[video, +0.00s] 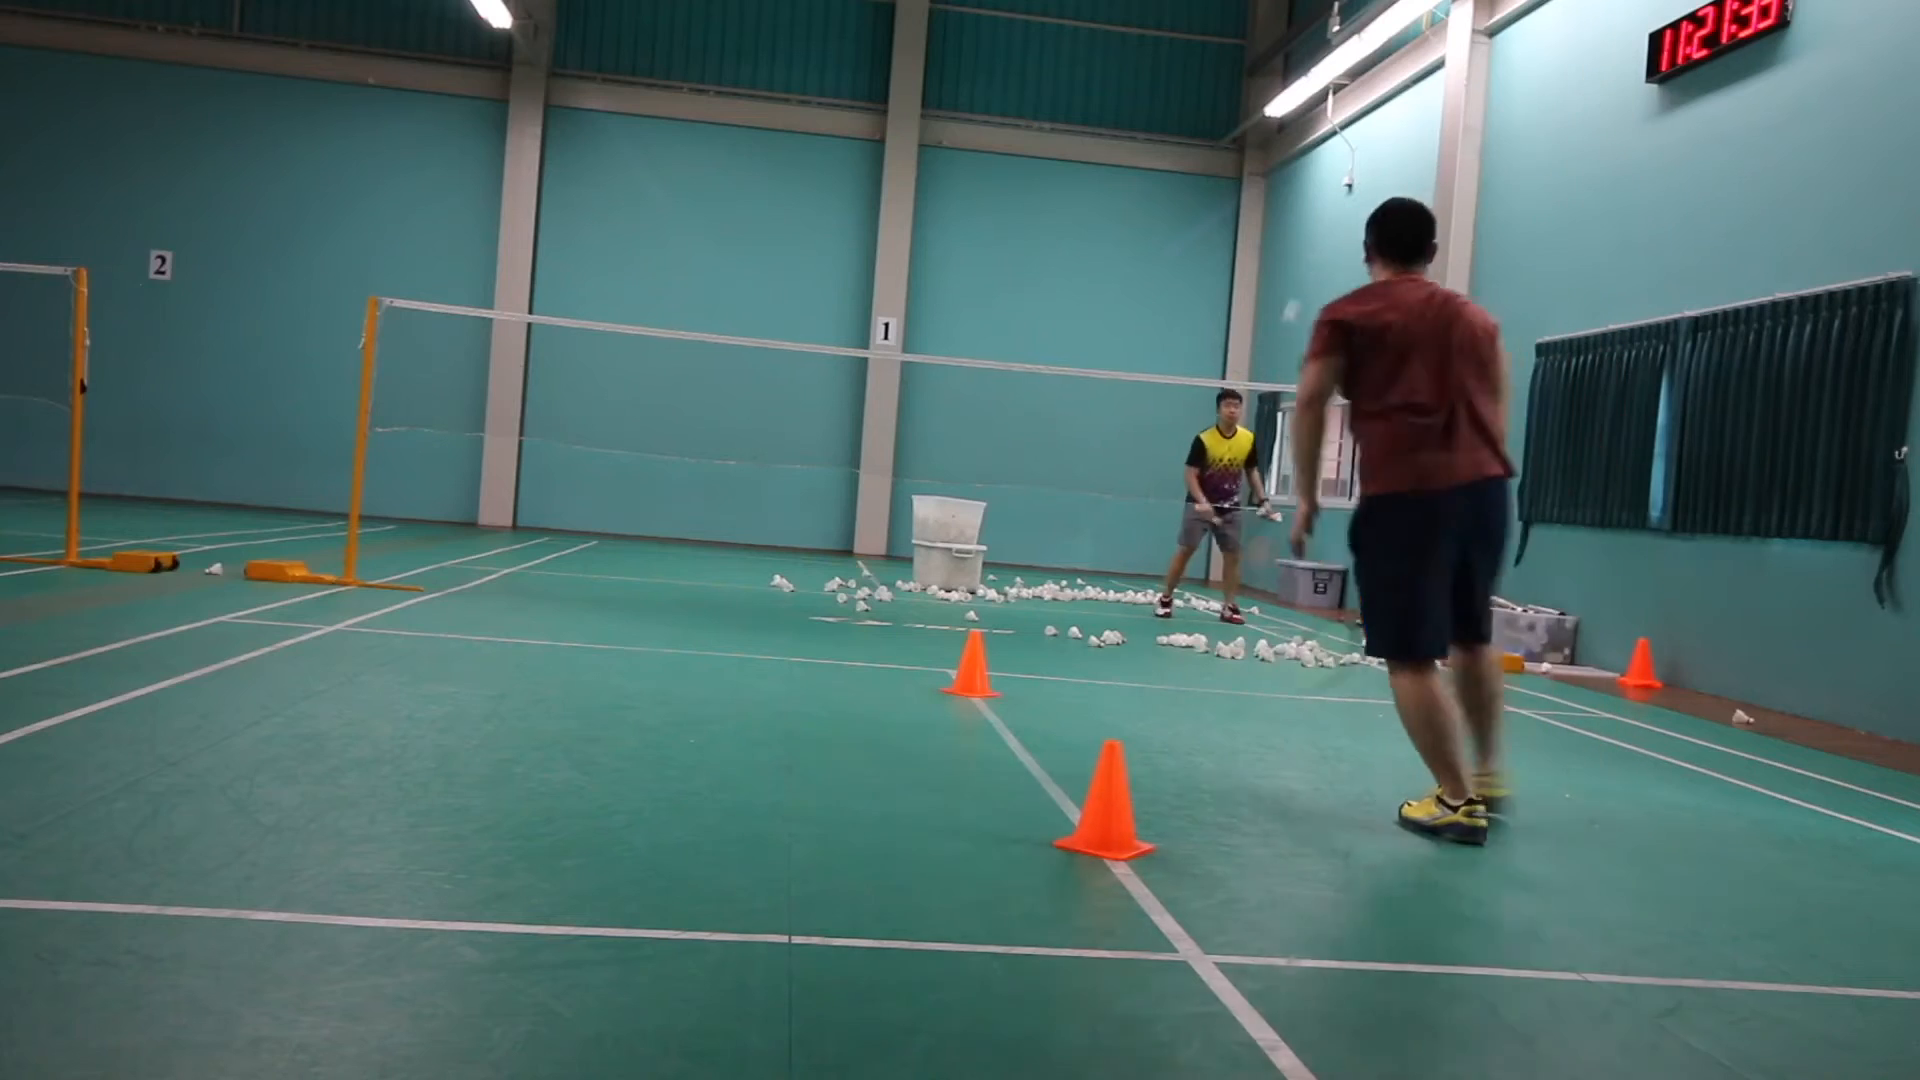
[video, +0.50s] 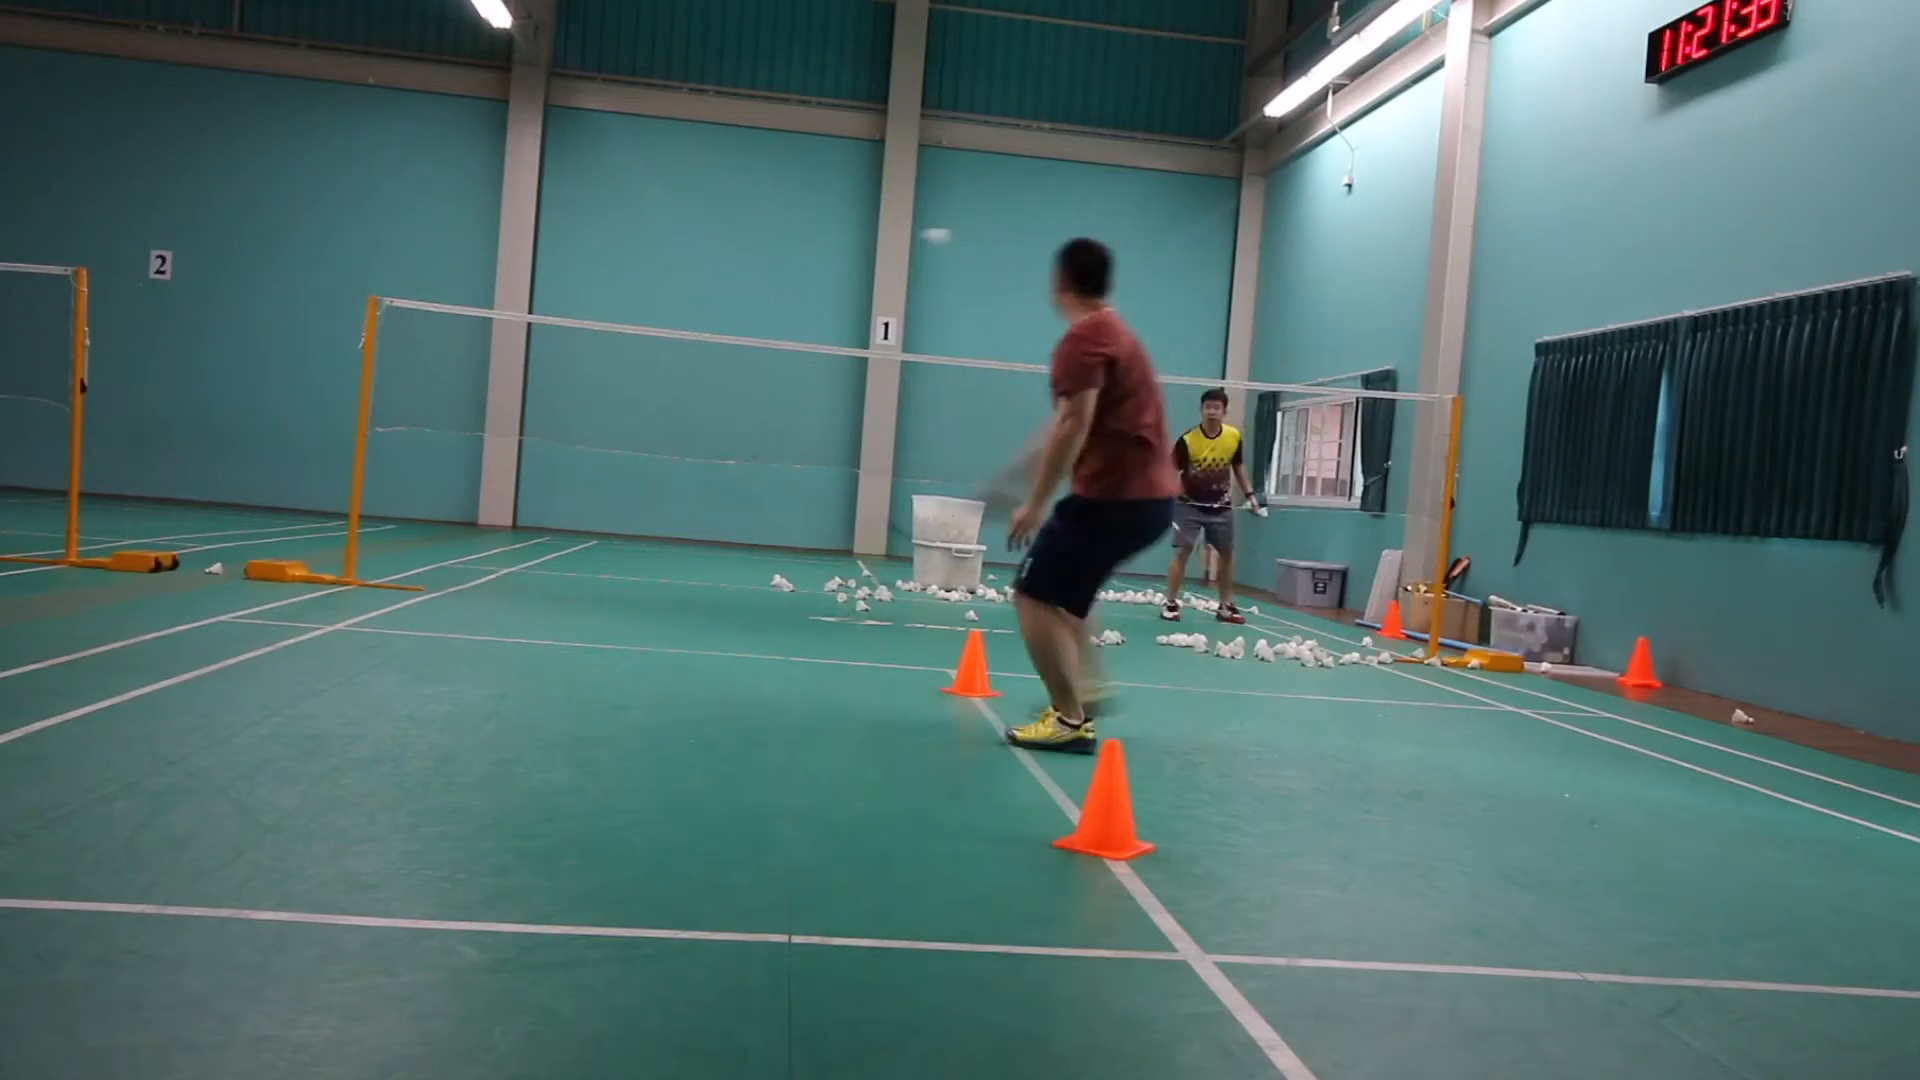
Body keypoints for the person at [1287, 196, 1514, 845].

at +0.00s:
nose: (1369, 258)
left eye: (1369, 248)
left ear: (1370, 251)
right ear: (1432, 253)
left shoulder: (1347, 316)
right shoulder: (1476, 320)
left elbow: (1310, 400)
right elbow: (1496, 412)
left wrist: (1307, 499)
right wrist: (1479, 484)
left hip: (1399, 506)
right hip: (1481, 500)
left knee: (1411, 656)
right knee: (1472, 636)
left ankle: (1457, 800)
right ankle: (1488, 777)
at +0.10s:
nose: (1350, 277)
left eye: (1349, 268)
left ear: (1350, 268)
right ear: (1409, 272)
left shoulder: (1318, 324)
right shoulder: (1447, 333)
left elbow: (1272, 400)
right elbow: (1478, 433)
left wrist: (1269, 487)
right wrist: (1442, 481)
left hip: (1355, 499)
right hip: (1433, 500)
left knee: (1355, 645)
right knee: (1406, 631)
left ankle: (1435, 764)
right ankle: (1402, 759)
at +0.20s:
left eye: (1301, 300)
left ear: (1302, 299)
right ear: (1356, 306)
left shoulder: (1273, 349)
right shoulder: (1389, 363)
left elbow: (1225, 429)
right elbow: (1414, 457)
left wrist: (1206, 511)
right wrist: (1382, 502)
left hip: (1286, 512)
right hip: (1368, 519)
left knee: (1222, 616)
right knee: (1367, 636)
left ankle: (1279, 720)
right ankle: (1397, 765)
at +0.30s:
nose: (1233, 303)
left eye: (1231, 294)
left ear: (1233, 295)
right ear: (1284, 298)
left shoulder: (1211, 342)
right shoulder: (1319, 358)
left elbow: (1176, 411)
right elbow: (1328, 446)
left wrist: (1151, 498)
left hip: (1225, 511)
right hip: (1303, 518)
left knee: (1140, 589)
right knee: (1328, 635)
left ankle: (1107, 718)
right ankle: (1388, 756)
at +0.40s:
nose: (1125, 284)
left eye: (1127, 276)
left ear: (1131, 279)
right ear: (1179, 282)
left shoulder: (1125, 334)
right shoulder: (1200, 341)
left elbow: (1104, 410)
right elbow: (1216, 422)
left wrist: (1077, 496)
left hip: (1145, 506)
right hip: (1207, 511)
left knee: (1070, 597)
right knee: (1173, 618)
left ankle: (1071, 719)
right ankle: (1273, 679)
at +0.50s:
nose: (1053, 287)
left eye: (1055, 278)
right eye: (1057, 277)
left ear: (1061, 282)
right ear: (1104, 283)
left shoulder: (1085, 339)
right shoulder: (1115, 332)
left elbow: (1074, 422)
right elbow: (1071, 422)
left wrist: (1037, 503)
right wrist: (1024, 476)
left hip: (1112, 497)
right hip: (1149, 496)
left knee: (1034, 596)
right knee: (1066, 591)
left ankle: (1068, 717)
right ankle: (1084, 685)